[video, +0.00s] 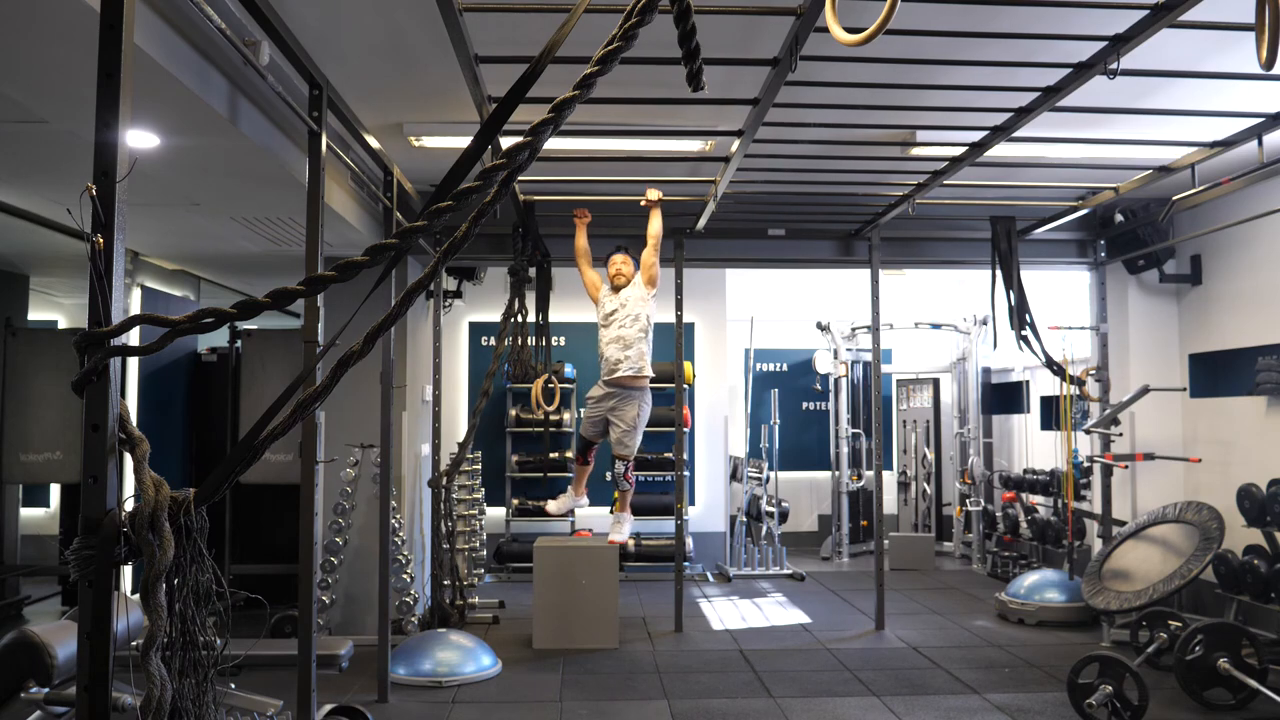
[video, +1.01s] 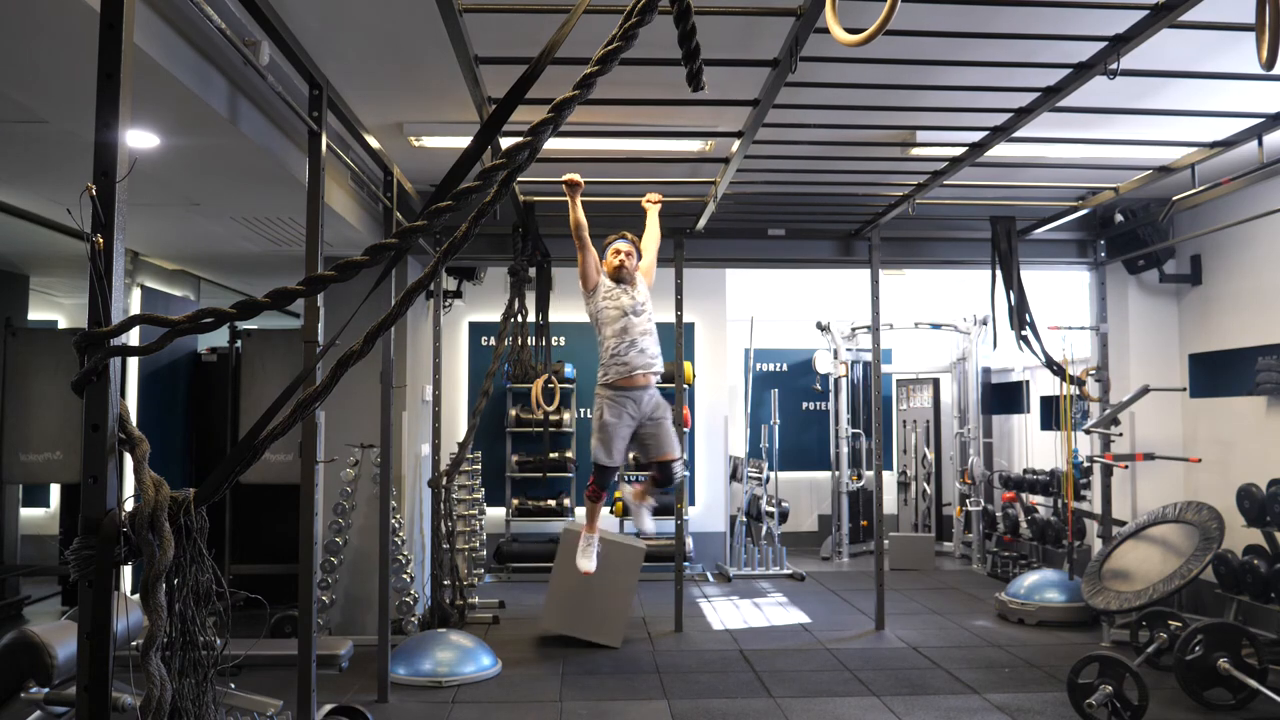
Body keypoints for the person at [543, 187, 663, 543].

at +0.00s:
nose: (617, 267)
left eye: (623, 263)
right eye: (613, 264)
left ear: (633, 270)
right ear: (607, 273)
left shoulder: (644, 289)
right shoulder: (603, 297)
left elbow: (653, 244)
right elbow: (583, 264)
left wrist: (654, 206)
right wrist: (581, 227)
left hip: (635, 392)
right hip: (604, 387)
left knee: (623, 458)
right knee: (585, 444)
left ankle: (623, 516)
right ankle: (577, 494)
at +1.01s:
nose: (623, 253)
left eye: (630, 252)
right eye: (617, 250)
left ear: (638, 265)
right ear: (604, 261)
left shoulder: (640, 287)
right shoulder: (597, 289)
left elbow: (650, 248)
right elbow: (583, 241)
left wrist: (653, 211)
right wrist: (574, 197)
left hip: (652, 394)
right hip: (615, 395)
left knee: (668, 472)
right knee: (605, 475)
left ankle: (637, 498)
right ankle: (590, 534)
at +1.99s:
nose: (604, 225)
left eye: (612, 222)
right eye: (598, 221)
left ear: (622, 237)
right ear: (586, 231)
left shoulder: (626, 270)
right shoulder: (567, 253)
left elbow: (649, 223)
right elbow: (560, 200)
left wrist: (663, 177)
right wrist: (575, 148)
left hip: (607, 381)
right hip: (559, 382)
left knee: (653, 457)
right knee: (543, 478)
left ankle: (624, 476)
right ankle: (544, 530)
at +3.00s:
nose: (631, 215)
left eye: (639, 209)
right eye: (623, 210)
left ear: (652, 220)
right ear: (610, 221)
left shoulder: (663, 253)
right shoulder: (598, 254)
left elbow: (671, 190)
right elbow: (582, 203)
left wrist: (680, 127)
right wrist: (581, 155)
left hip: (647, 393)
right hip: (595, 391)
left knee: (667, 492)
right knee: (536, 470)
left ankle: (667, 493)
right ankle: (516, 556)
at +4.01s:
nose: (655, 154)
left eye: (664, 147)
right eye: (644, 152)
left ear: (684, 159)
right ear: (634, 170)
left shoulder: (712, 192)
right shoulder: (629, 213)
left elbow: (733, 122)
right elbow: (595, 150)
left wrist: (704, 49)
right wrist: (576, 88)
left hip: (723, 358)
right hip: (659, 366)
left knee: (793, 429)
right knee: (600, 470)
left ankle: (842, 475)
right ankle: (579, 585)